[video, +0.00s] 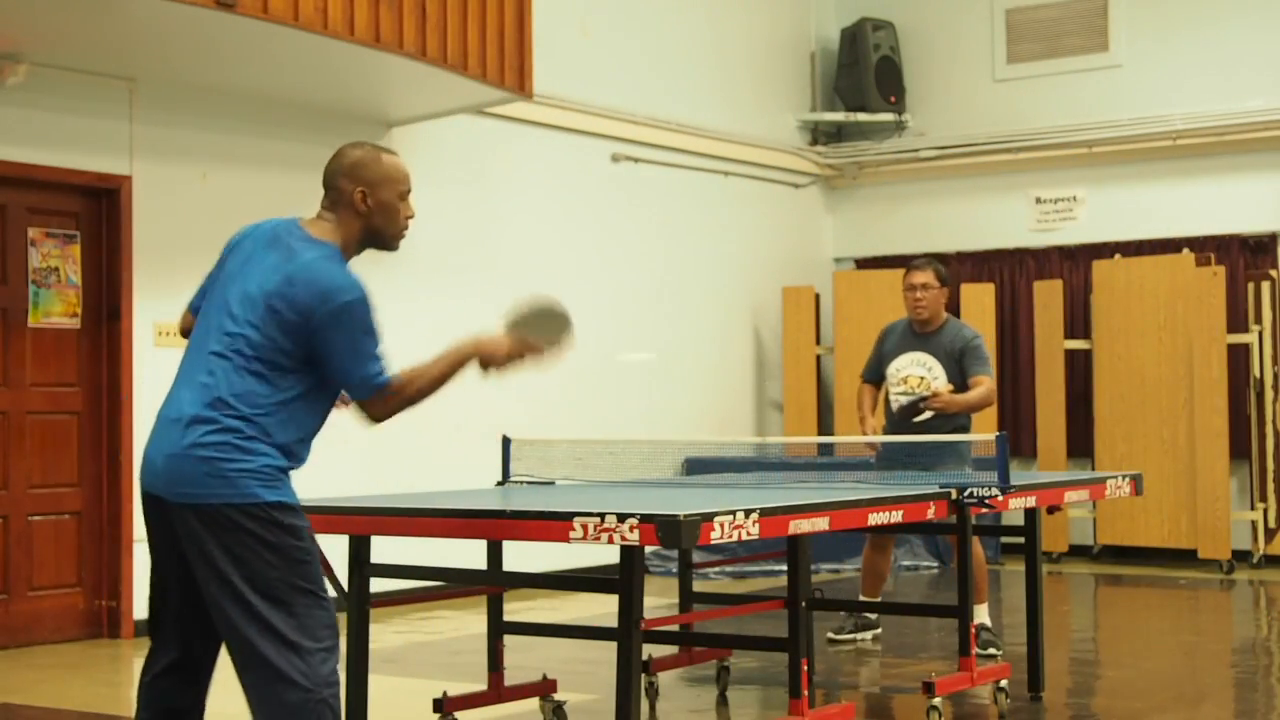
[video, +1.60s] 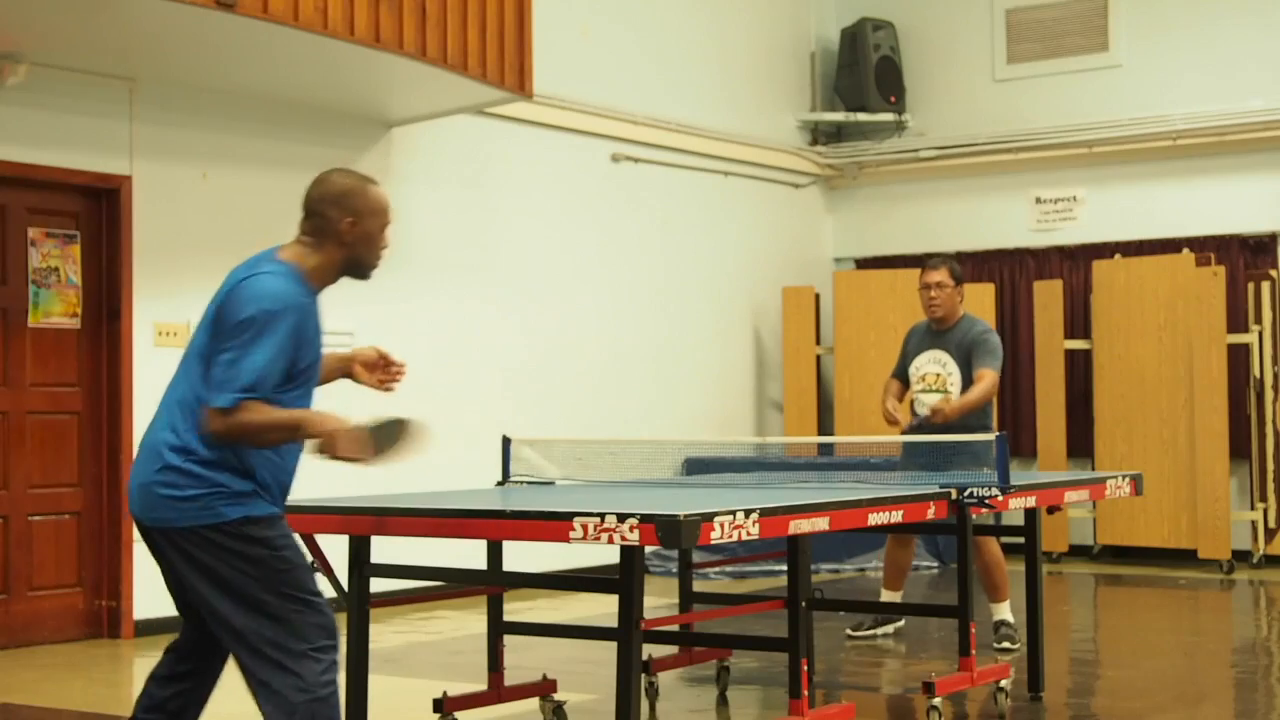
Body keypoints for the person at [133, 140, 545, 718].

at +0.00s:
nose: (412, 211)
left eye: (410, 197)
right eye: (401, 197)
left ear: (351, 199)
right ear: (360, 199)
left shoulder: (255, 238)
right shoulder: (334, 287)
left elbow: (193, 321)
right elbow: (380, 402)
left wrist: (306, 367)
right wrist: (471, 350)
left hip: (168, 471)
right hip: (237, 481)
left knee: (180, 647)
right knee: (303, 650)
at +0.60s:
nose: (411, 234)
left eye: (412, 222)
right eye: (409, 221)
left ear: (340, 216)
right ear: (383, 224)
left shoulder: (272, 259)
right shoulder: (325, 288)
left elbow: (247, 368)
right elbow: (305, 415)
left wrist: (334, 383)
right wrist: (422, 416)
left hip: (163, 472)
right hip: (219, 483)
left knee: (192, 621)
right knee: (318, 630)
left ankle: (147, 714)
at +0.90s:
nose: (397, 220)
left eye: (395, 207)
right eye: (388, 207)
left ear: (340, 209)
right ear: (348, 210)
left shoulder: (257, 247)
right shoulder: (309, 294)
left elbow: (251, 325)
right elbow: (367, 409)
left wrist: (325, 319)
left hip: (162, 475)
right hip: (216, 488)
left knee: (183, 641)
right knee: (289, 647)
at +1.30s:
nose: (399, 237)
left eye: (400, 226)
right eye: (398, 225)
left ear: (327, 223)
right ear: (377, 229)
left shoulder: (243, 268)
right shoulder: (362, 303)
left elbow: (198, 364)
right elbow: (386, 425)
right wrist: (452, 379)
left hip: (161, 484)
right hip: (246, 496)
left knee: (191, 618)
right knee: (345, 634)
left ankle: (154, 714)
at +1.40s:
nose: (402, 224)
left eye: (404, 212)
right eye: (401, 212)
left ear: (330, 209)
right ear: (380, 215)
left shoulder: (256, 255)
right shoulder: (342, 285)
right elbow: (342, 414)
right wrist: (440, 397)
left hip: (158, 467)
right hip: (224, 480)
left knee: (183, 614)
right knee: (314, 625)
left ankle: (146, 714)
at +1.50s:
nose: (399, 226)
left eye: (400, 214)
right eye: (396, 214)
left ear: (329, 212)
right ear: (370, 217)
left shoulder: (269, 260)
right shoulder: (309, 286)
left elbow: (253, 353)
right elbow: (280, 412)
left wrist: (338, 365)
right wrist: (395, 413)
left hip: (167, 477)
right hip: (216, 487)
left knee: (188, 627)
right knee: (307, 638)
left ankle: (142, 714)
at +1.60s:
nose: (387, 241)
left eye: (387, 227)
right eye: (380, 227)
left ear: (334, 227)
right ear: (342, 228)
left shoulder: (274, 278)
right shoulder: (275, 296)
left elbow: (265, 374)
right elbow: (223, 416)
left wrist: (346, 364)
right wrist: (316, 425)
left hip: (173, 493)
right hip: (211, 499)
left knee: (208, 636)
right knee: (305, 642)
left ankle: (154, 716)